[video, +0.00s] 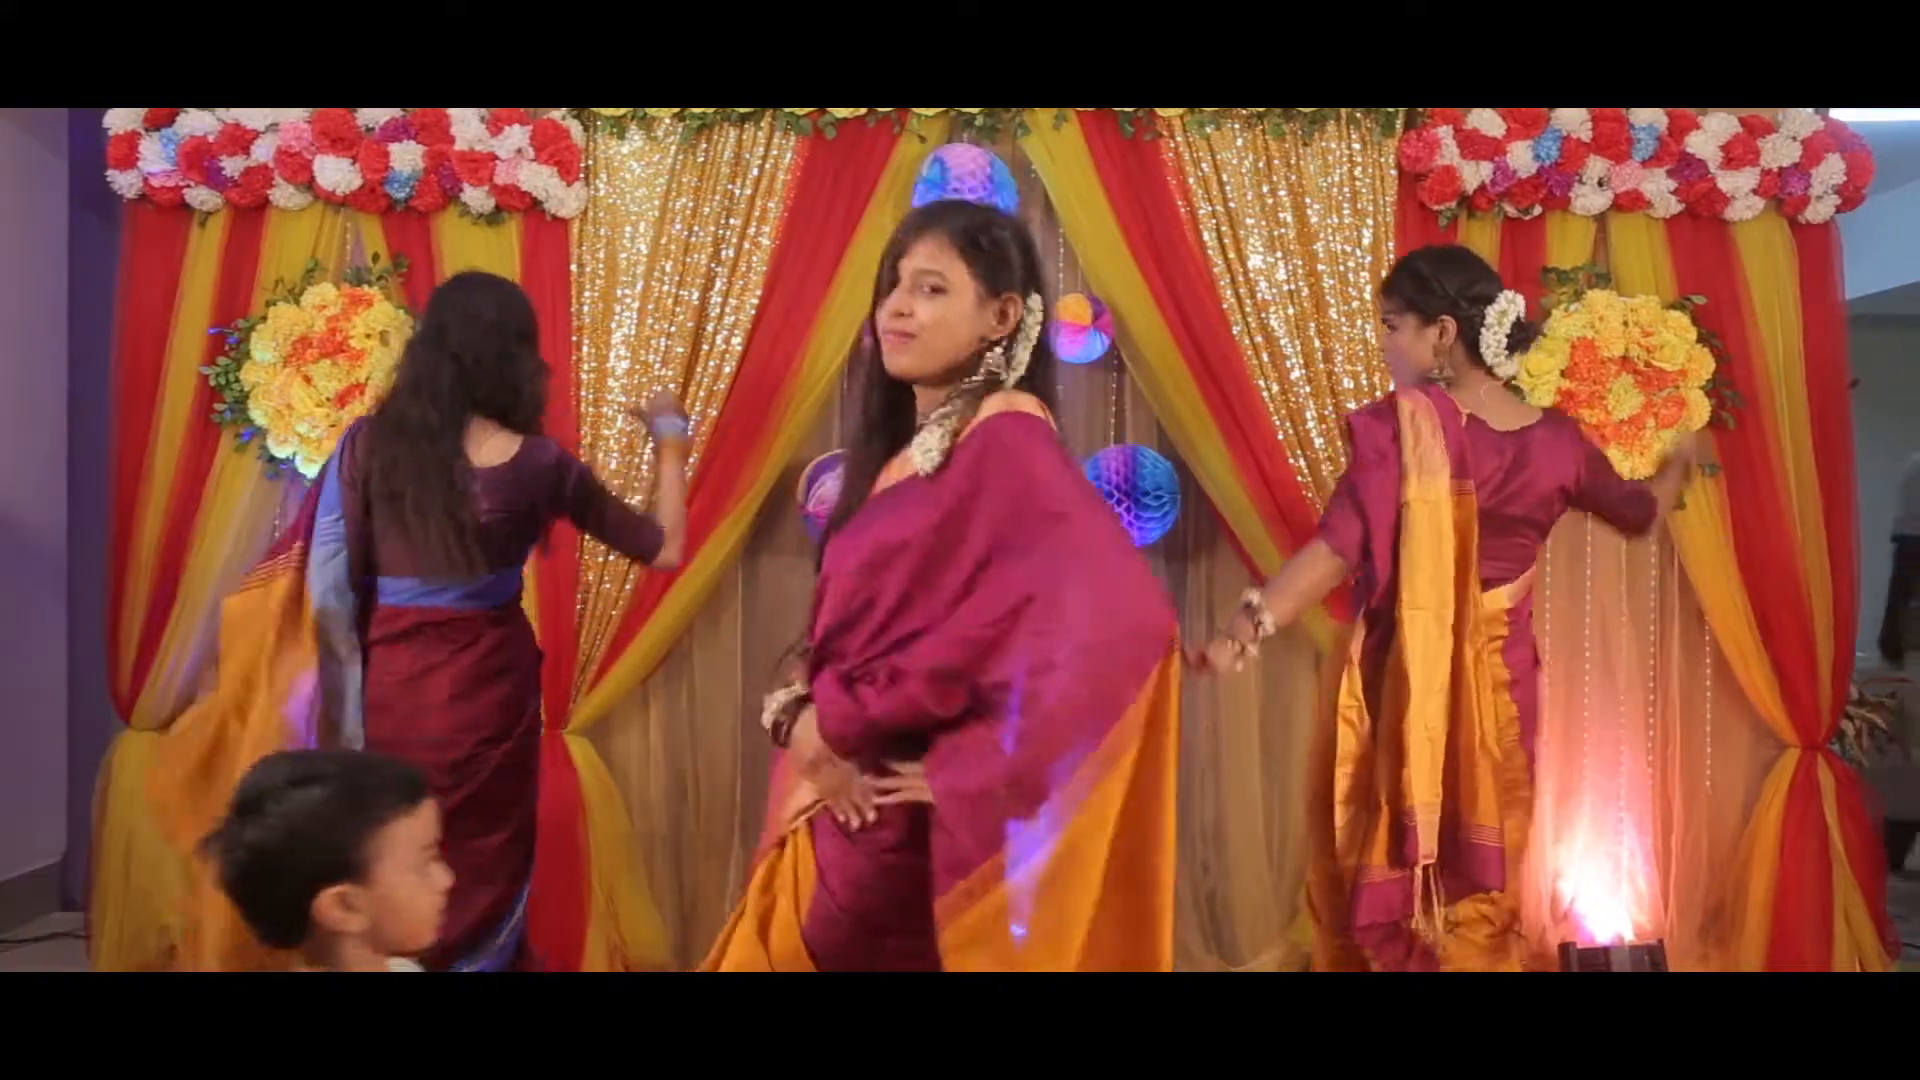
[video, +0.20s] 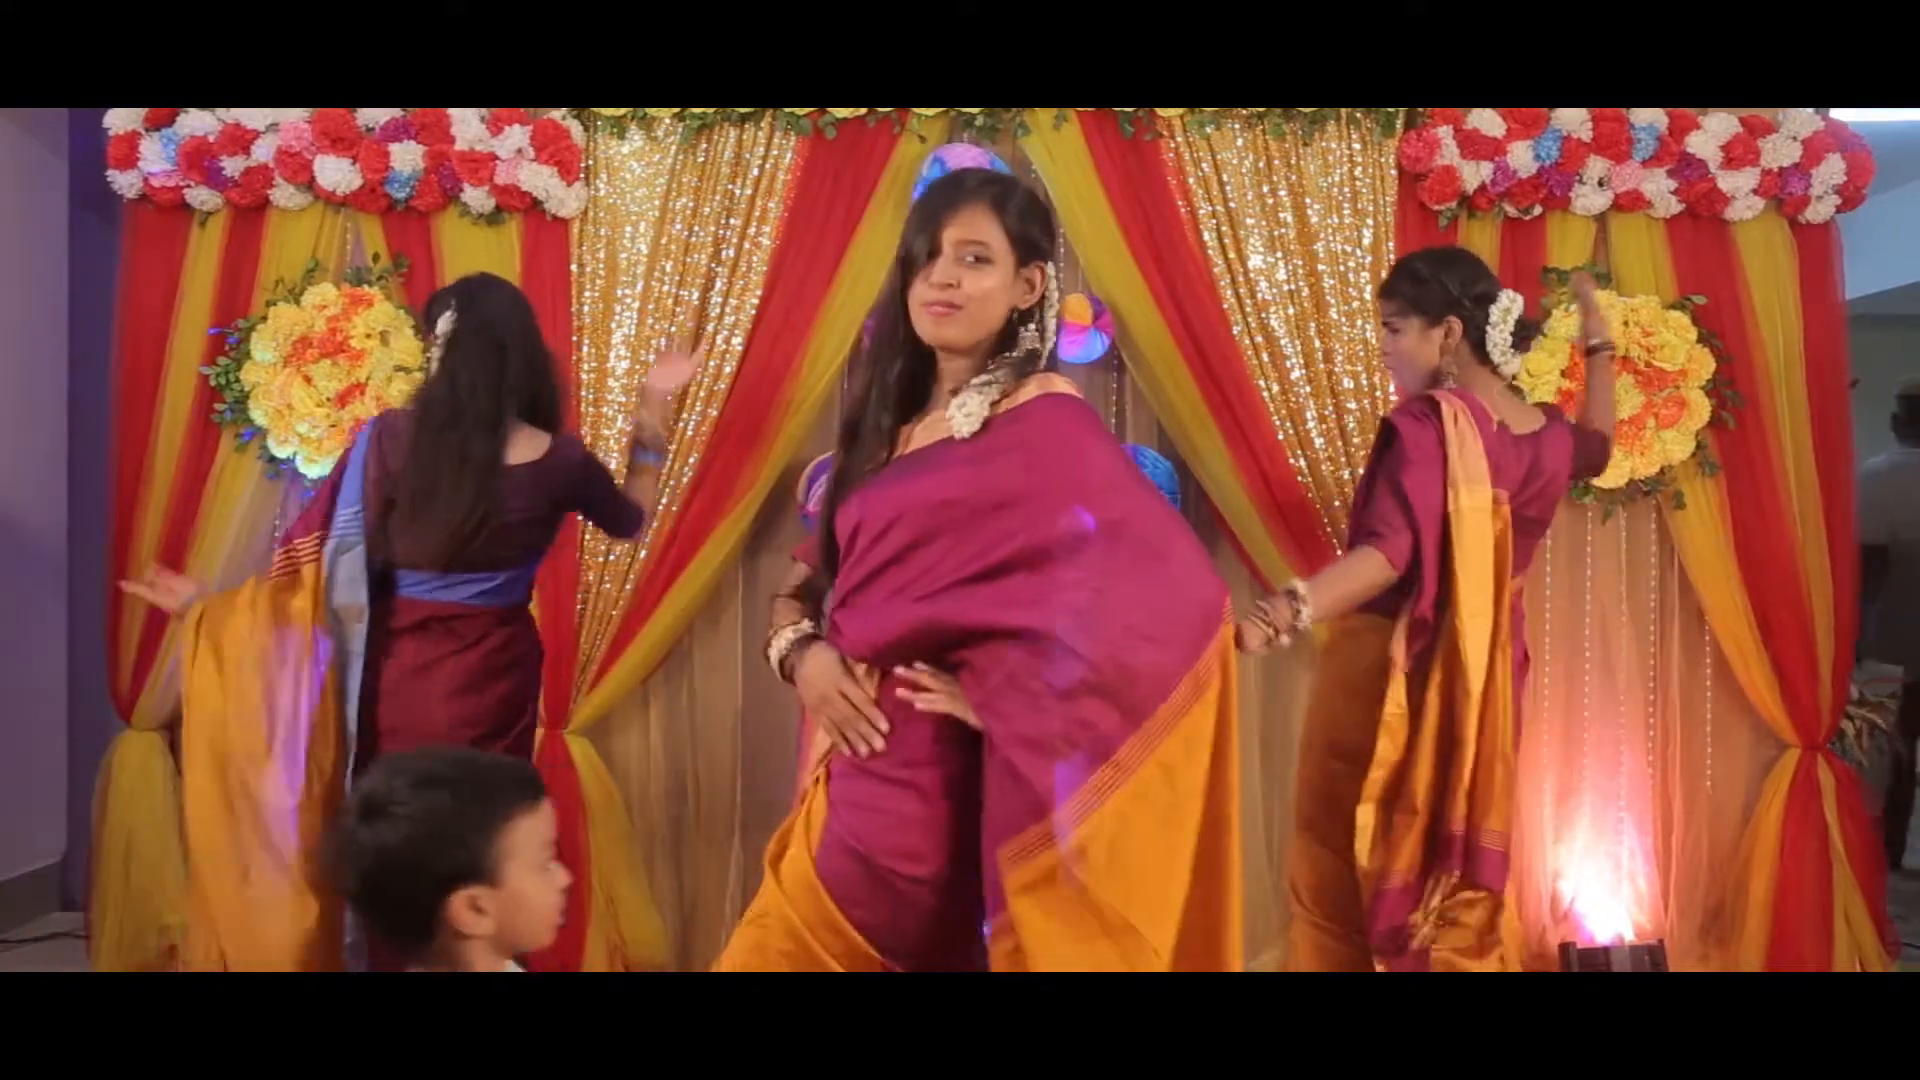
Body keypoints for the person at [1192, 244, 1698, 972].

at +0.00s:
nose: (1382, 346)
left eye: (1391, 327)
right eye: (1383, 327)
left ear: (1444, 332)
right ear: (1460, 331)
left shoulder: (1393, 427)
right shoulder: (1553, 438)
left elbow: (1338, 545)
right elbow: (1642, 512)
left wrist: (1253, 620)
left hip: (1397, 678)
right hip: (1502, 677)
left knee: (1387, 874)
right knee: (1491, 879)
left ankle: (1395, 960)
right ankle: (1484, 959)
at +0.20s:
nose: (1383, 347)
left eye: (1394, 329)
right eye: (1382, 328)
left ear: (1449, 334)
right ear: (1455, 336)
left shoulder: (1421, 426)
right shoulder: (1538, 426)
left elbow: (1388, 551)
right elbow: (1594, 448)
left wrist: (1293, 603)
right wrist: (1599, 340)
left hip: (1379, 659)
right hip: (1482, 665)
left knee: (1335, 864)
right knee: (1466, 858)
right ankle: (1458, 964)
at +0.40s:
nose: (1385, 360)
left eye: (1399, 342)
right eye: (1386, 341)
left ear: (1456, 347)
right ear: (1463, 351)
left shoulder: (1431, 433)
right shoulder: (1521, 437)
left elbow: (1412, 556)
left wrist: (1309, 602)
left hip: (1391, 677)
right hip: (1476, 679)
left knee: (1349, 877)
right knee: (1460, 869)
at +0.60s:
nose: (1376, 364)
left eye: (1393, 346)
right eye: (1376, 345)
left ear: (1451, 355)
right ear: (1454, 359)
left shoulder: (1423, 433)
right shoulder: (1488, 432)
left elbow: (1429, 550)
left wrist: (1364, 619)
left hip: (1394, 687)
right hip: (1463, 685)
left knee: (1315, 892)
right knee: (1444, 887)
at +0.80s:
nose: (1372, 348)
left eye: (1391, 329)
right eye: (1368, 330)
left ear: (1446, 338)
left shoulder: (1450, 423)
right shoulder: (1429, 421)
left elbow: (1461, 519)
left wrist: (1437, 584)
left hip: (1384, 650)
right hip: (1367, 646)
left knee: (1346, 848)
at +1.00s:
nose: (1374, 349)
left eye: (1393, 330)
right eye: (1366, 329)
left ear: (1446, 340)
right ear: (1362, 336)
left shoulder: (1467, 430)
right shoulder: (1392, 431)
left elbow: (1495, 520)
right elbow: (1358, 400)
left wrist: (1483, 576)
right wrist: (1339, 325)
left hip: (1407, 658)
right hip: (1343, 656)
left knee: (1348, 873)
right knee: (1295, 863)